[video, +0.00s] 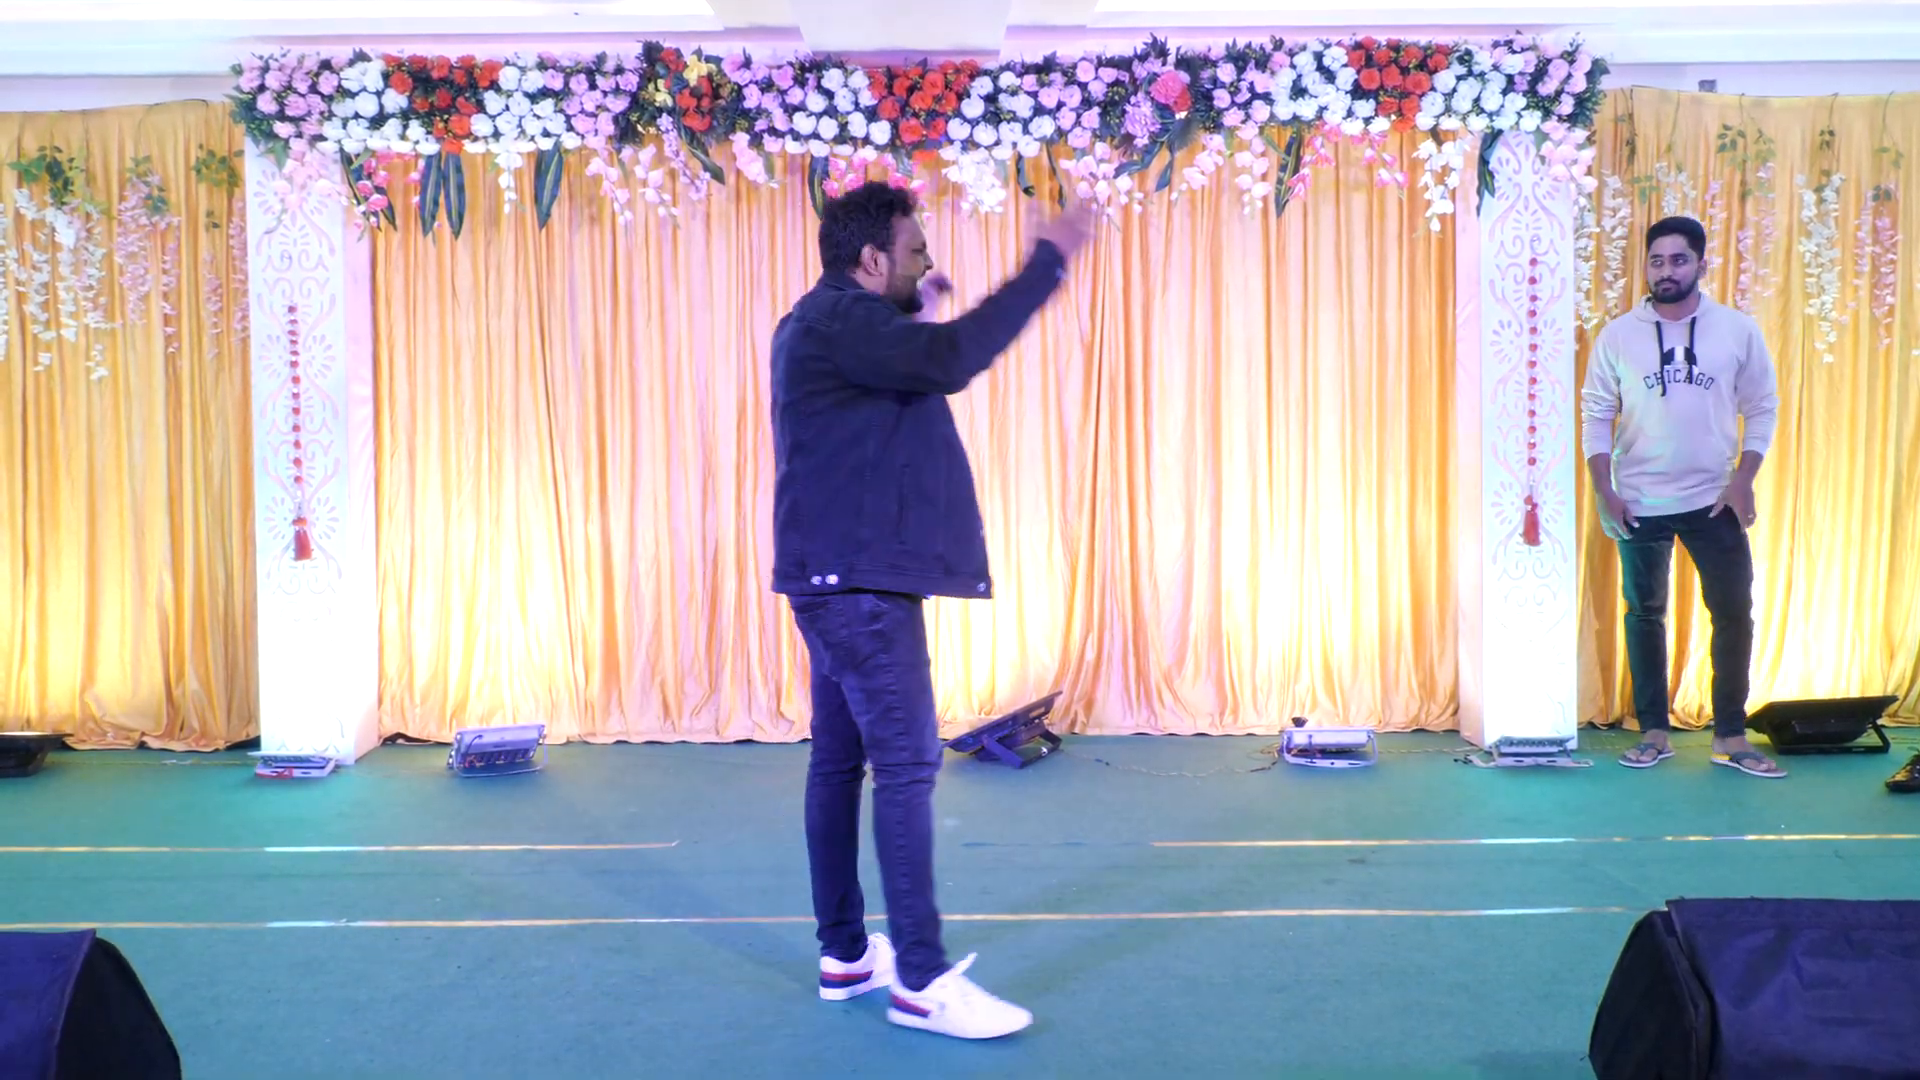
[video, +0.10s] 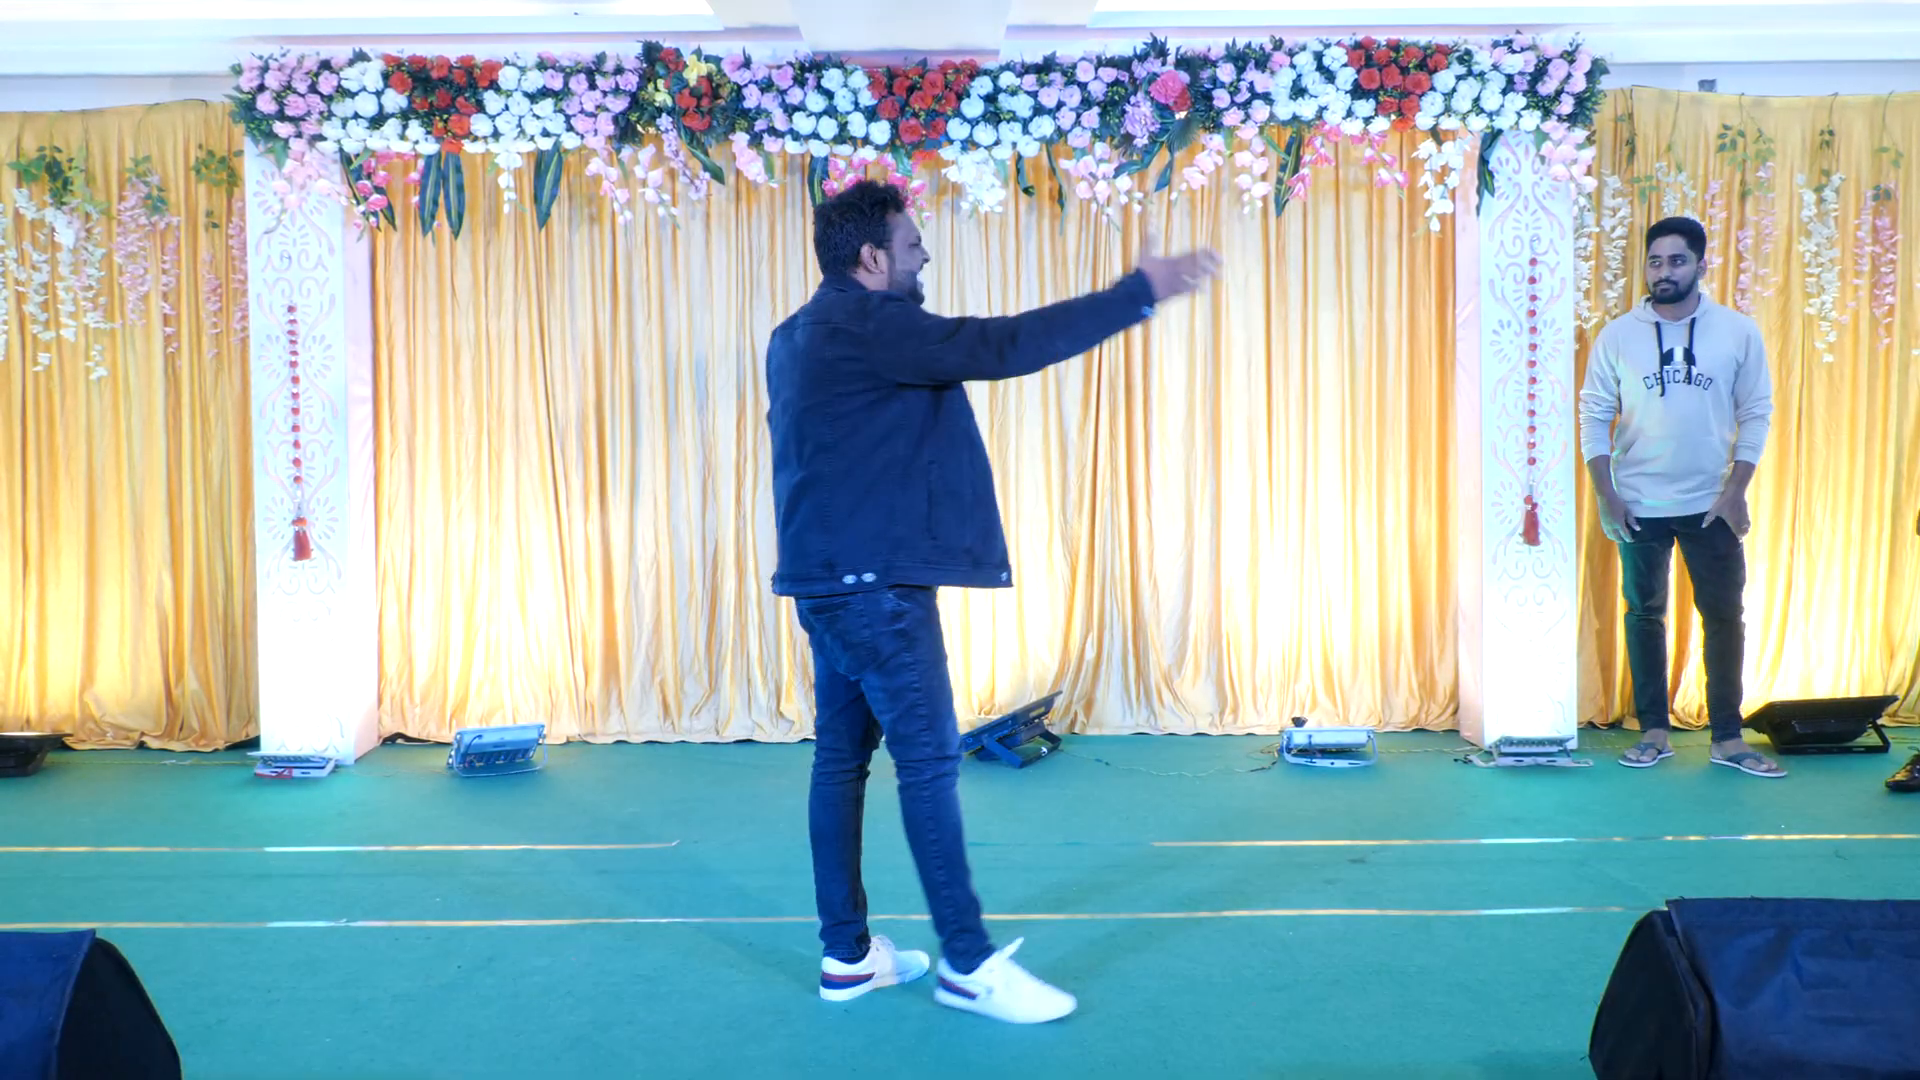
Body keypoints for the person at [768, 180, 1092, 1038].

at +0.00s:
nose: (925, 266)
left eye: (922, 249)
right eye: (914, 250)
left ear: (852, 258)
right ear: (868, 257)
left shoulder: (811, 321)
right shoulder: (843, 318)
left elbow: (853, 407)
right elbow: (944, 359)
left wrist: (914, 316)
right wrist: (1049, 261)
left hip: (827, 580)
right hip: (862, 582)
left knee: (837, 761)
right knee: (906, 762)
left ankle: (843, 954)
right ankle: (922, 977)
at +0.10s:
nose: (924, 261)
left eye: (920, 244)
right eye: (912, 246)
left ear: (850, 259)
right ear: (867, 256)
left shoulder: (796, 335)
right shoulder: (872, 327)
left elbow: (810, 462)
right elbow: (1010, 342)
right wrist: (1140, 290)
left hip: (822, 580)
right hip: (877, 581)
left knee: (840, 759)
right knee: (929, 761)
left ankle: (845, 954)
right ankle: (968, 960)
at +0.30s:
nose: (940, 262)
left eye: (937, 246)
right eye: (932, 248)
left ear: (858, 261)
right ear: (898, 256)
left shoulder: (796, 346)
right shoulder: (931, 324)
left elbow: (757, 465)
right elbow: (1065, 365)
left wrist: (811, 537)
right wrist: (1212, 348)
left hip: (831, 591)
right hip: (917, 585)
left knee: (847, 757)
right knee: (971, 753)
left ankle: (847, 953)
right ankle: (1029, 927)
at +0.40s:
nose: (957, 262)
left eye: (951, 248)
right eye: (950, 249)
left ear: (872, 265)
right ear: (927, 256)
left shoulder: (808, 349)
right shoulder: (958, 337)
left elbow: (761, 472)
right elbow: (1064, 423)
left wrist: (765, 580)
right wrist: (1196, 424)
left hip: (850, 599)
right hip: (946, 598)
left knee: (854, 760)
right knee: (993, 753)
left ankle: (847, 952)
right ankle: (1047, 918)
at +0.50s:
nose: (975, 264)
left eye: (967, 251)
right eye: (972, 252)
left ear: (896, 266)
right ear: (960, 260)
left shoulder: (832, 349)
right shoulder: (987, 347)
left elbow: (781, 470)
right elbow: (1032, 474)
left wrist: (748, 576)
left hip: (867, 597)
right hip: (971, 598)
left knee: (866, 753)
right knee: (1015, 748)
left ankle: (850, 949)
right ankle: (1059, 919)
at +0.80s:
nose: (932, 269)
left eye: (936, 255)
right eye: (935, 255)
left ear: (961, 261)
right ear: (1011, 263)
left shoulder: (919, 333)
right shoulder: (1085, 338)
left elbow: (863, 445)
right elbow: (1150, 435)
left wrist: (794, 481)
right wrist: (1127, 494)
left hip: (943, 575)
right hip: (1052, 576)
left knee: (919, 716)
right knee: (1042, 736)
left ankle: (928, 886)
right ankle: (1058, 917)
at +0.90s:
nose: (934, 262)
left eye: (942, 248)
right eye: (938, 247)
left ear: (971, 258)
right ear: (1012, 261)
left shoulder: (938, 333)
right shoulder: (1078, 334)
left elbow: (875, 442)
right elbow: (1096, 434)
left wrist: (811, 436)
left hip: (954, 575)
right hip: (1059, 572)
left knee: (920, 716)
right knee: (1051, 734)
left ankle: (926, 892)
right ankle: (1058, 916)